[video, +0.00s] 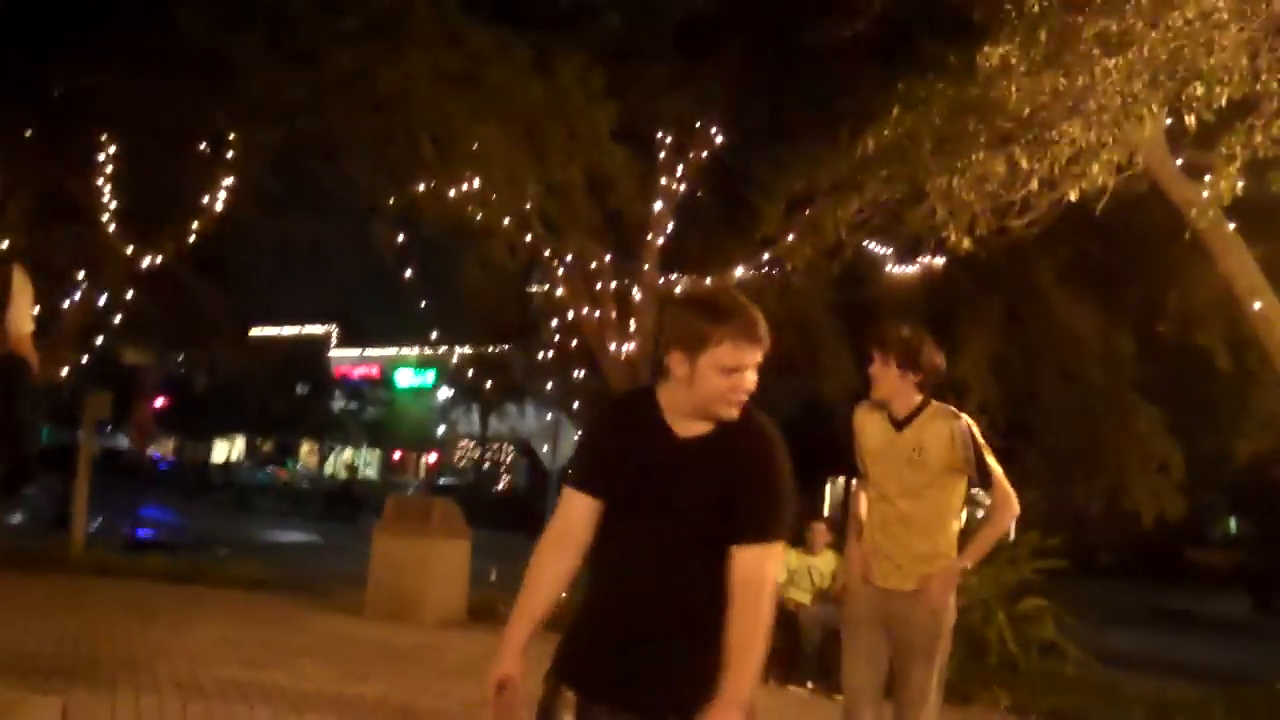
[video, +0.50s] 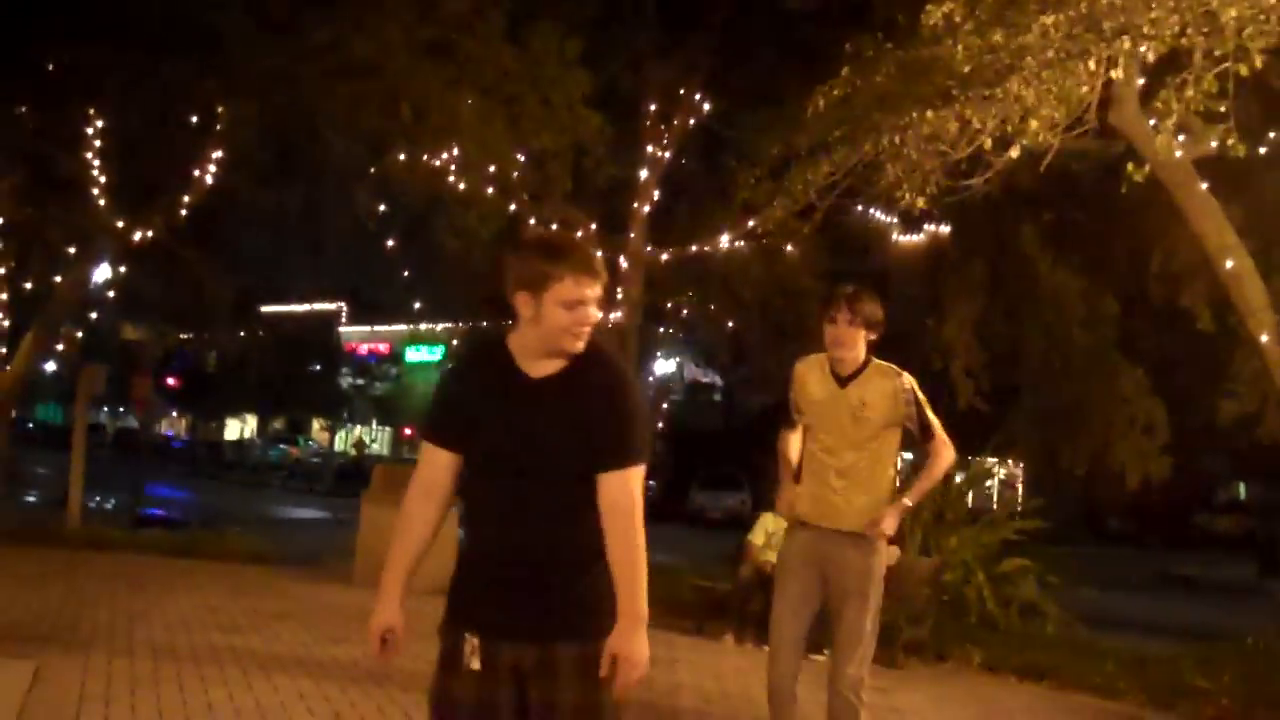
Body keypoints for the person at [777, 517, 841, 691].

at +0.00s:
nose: (815, 537)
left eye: (820, 533)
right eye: (812, 532)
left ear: (829, 538)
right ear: (806, 534)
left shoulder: (834, 561)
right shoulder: (792, 556)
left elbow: (837, 589)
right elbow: (779, 583)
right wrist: (786, 600)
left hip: (822, 606)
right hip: (795, 603)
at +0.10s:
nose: (818, 540)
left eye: (823, 535)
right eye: (815, 535)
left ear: (829, 540)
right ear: (807, 538)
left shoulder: (832, 562)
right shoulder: (790, 559)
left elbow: (837, 589)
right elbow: (776, 584)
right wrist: (784, 603)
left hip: (820, 609)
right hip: (793, 606)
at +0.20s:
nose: (797, 528)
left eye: (801, 524)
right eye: (793, 523)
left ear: (807, 527)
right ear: (785, 525)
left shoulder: (808, 551)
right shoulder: (769, 546)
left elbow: (810, 579)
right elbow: (755, 572)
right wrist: (767, 589)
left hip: (798, 598)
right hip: (773, 595)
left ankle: (788, 666)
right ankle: (772, 665)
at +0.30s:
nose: (787, 509)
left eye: (791, 504)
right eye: (783, 503)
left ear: (798, 508)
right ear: (776, 506)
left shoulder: (799, 533)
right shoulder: (760, 527)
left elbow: (801, 562)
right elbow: (745, 552)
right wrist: (754, 570)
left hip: (780, 576)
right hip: (757, 571)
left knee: (774, 588)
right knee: (737, 581)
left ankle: (773, 644)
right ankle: (727, 636)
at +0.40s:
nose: (800, 504)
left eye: (803, 499)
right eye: (795, 497)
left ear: (806, 501)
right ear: (784, 495)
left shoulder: (803, 527)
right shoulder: (766, 519)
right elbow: (750, 543)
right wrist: (757, 562)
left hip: (788, 570)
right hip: (765, 565)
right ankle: (735, 630)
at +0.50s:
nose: (785, 504)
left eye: (789, 500)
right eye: (782, 498)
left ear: (795, 504)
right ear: (777, 499)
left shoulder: (797, 526)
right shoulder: (767, 519)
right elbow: (753, 542)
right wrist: (761, 560)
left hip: (782, 568)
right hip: (762, 563)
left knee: (772, 602)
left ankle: (763, 637)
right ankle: (734, 630)